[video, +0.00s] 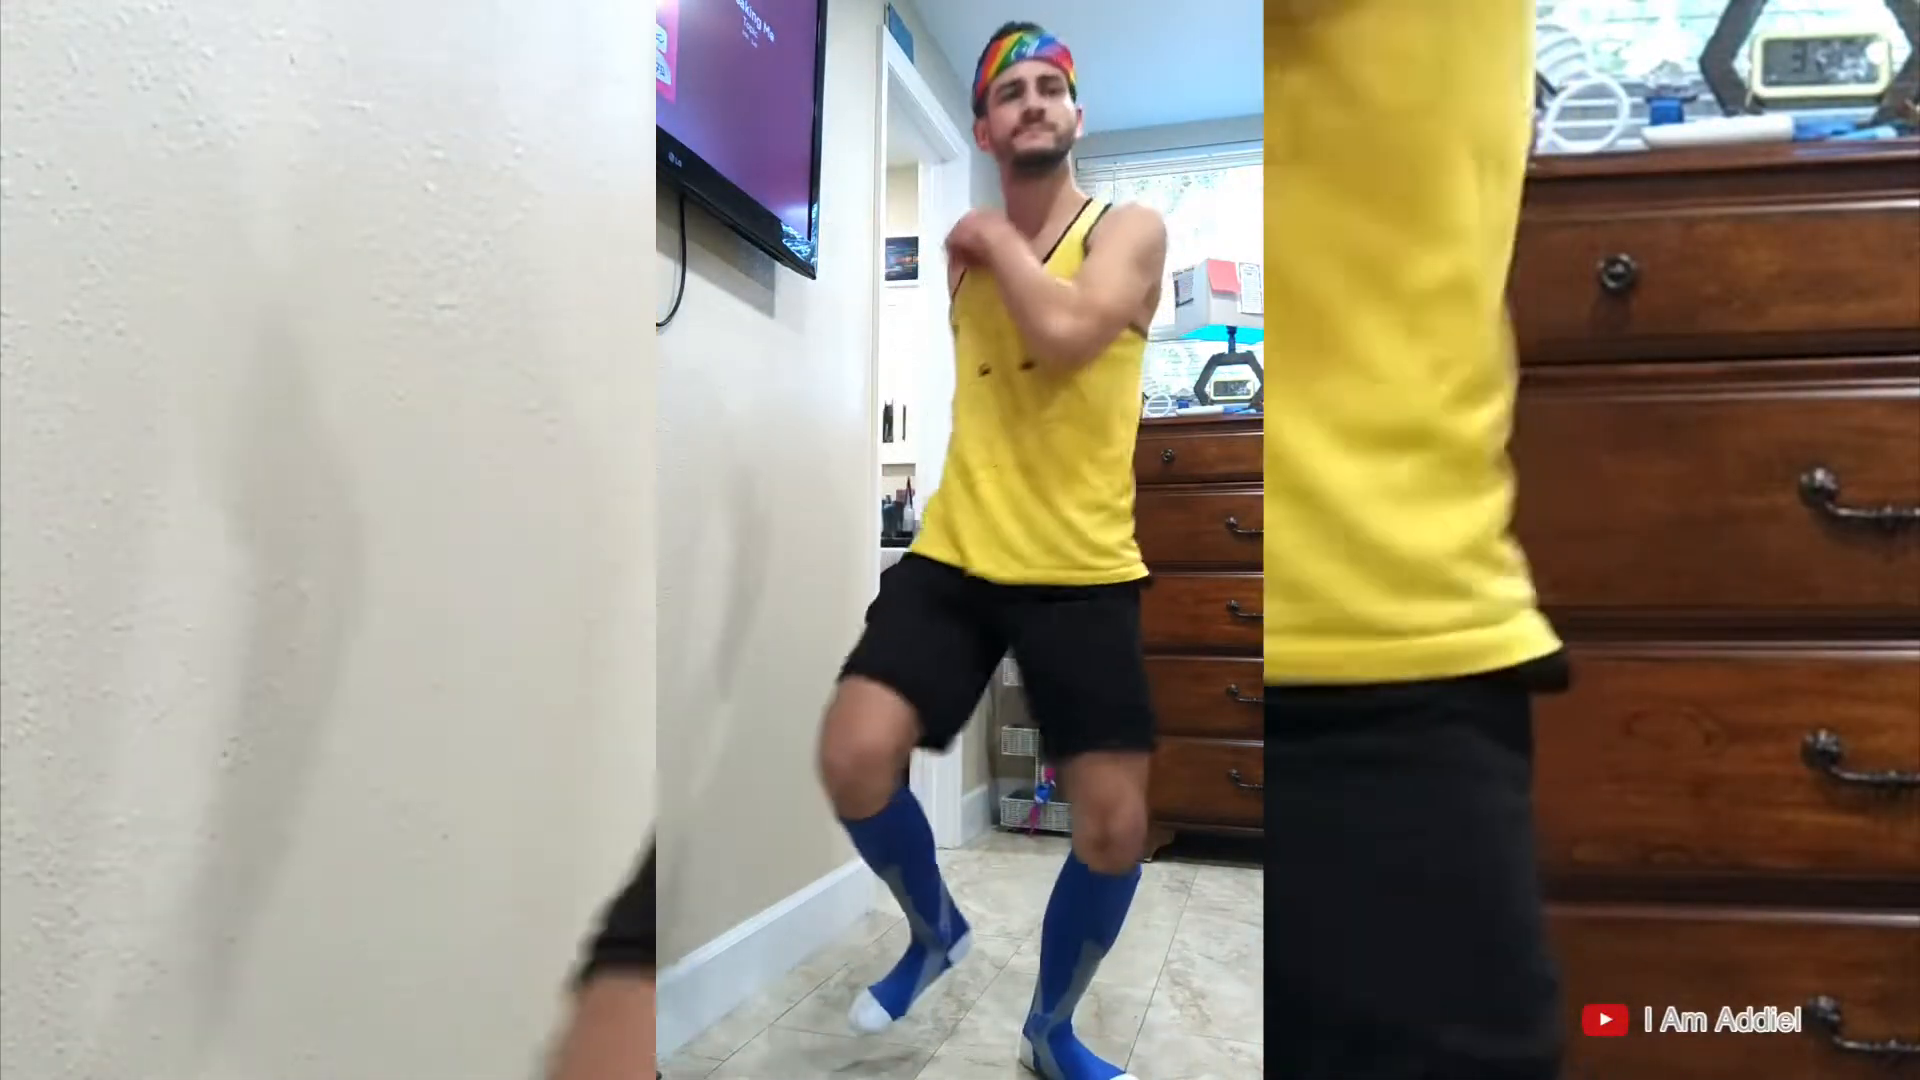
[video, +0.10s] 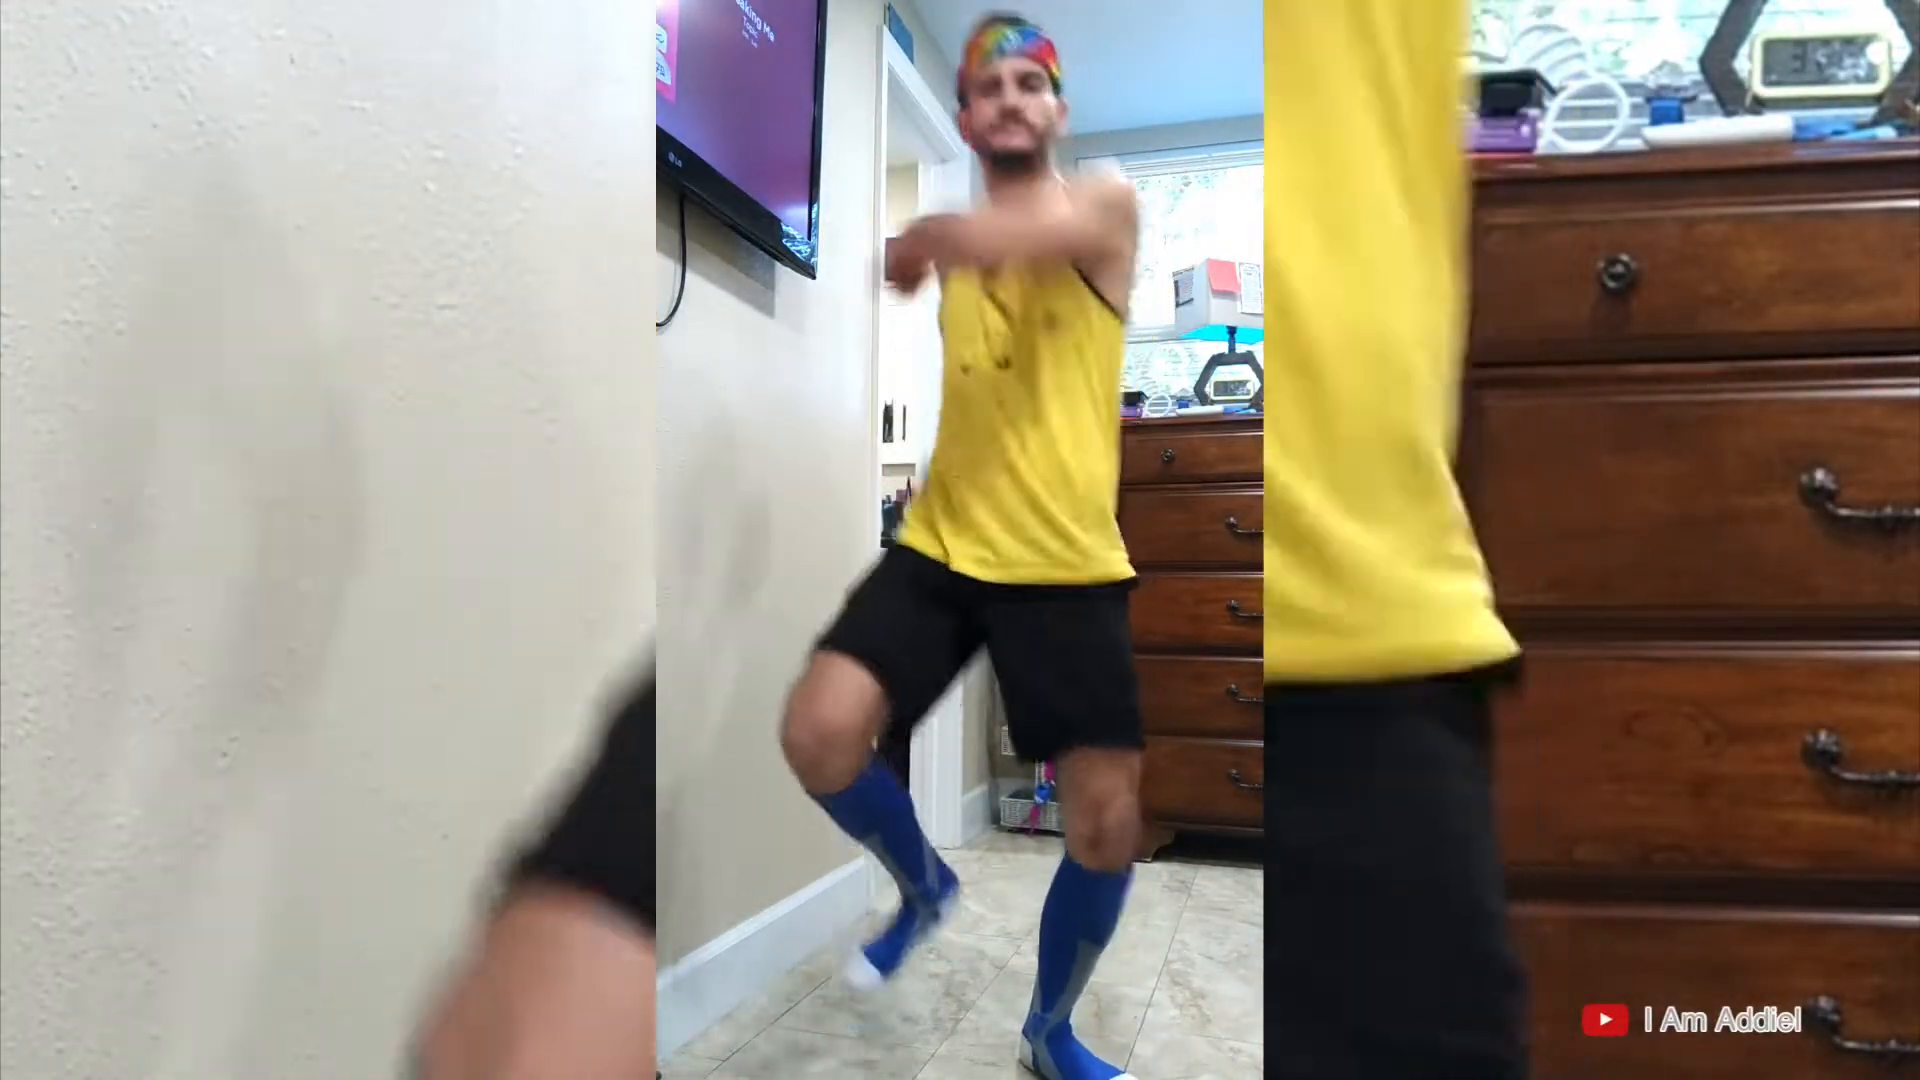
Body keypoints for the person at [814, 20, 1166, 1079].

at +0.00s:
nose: (1033, 104)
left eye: (1050, 90)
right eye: (1012, 94)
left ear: (1080, 116)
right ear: (984, 128)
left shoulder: (1129, 228)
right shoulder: (977, 258)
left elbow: (1065, 335)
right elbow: (986, 392)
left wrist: (998, 241)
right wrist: (972, 502)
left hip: (1083, 566)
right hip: (956, 550)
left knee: (1117, 825)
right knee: (853, 756)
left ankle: (1052, 1025)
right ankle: (936, 929)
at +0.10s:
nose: (1007, 99)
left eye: (1026, 83)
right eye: (986, 89)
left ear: (1060, 105)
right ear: (962, 119)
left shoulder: (1106, 200)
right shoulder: (960, 230)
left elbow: (1037, 230)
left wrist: (939, 241)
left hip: (1070, 558)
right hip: (943, 541)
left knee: (1109, 821)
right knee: (819, 735)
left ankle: (1050, 1028)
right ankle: (926, 884)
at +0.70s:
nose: (890, 21)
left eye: (914, 9)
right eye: (869, 3)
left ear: (938, 40)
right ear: (833, 24)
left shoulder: (982, 179)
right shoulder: (791, 126)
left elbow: (991, 334)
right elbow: (835, 244)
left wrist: (1001, 426)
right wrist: (1006, 250)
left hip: (958, 496)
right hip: (829, 517)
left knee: (1065, 723)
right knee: (820, 788)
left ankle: (987, 921)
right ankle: (869, 1041)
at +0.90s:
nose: (950, 92)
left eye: (969, 79)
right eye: (929, 76)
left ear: (989, 106)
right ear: (893, 91)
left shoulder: (970, 249)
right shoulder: (871, 136)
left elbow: (974, 386)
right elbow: (895, 278)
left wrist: (991, 482)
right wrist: (973, 424)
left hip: (939, 558)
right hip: (807, 559)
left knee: (1063, 795)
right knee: (758, 858)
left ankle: (975, 1050)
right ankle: (834, 1032)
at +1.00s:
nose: (972, 130)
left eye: (992, 118)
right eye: (950, 118)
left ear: (1017, 152)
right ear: (918, 142)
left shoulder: (998, 308)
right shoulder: (886, 191)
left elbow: (999, 482)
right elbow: (810, 333)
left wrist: (1002, 336)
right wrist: (893, 492)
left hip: (949, 598)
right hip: (813, 586)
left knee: (1084, 806)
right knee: (765, 896)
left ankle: (974, 1055)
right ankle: (826, 1025)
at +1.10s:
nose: (978, 128)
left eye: (998, 115)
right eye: (957, 116)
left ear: (1025, 151)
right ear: (924, 148)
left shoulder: (1042, 298)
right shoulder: (866, 220)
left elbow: (1034, 378)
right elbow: (742, 349)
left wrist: (934, 226)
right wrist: (848, 445)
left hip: (959, 603)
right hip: (826, 591)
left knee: (1095, 814)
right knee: (812, 867)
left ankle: (976, 1058)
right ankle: (794, 1038)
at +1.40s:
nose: (904, 131)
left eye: (924, 117)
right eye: (883, 118)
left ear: (958, 140)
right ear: (858, 148)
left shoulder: (997, 194)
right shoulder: (839, 311)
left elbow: (942, 322)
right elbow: (806, 458)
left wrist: (832, 455)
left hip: (986, 601)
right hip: (836, 603)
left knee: (1110, 847)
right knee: (744, 846)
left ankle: (980, 1061)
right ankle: (841, 1028)